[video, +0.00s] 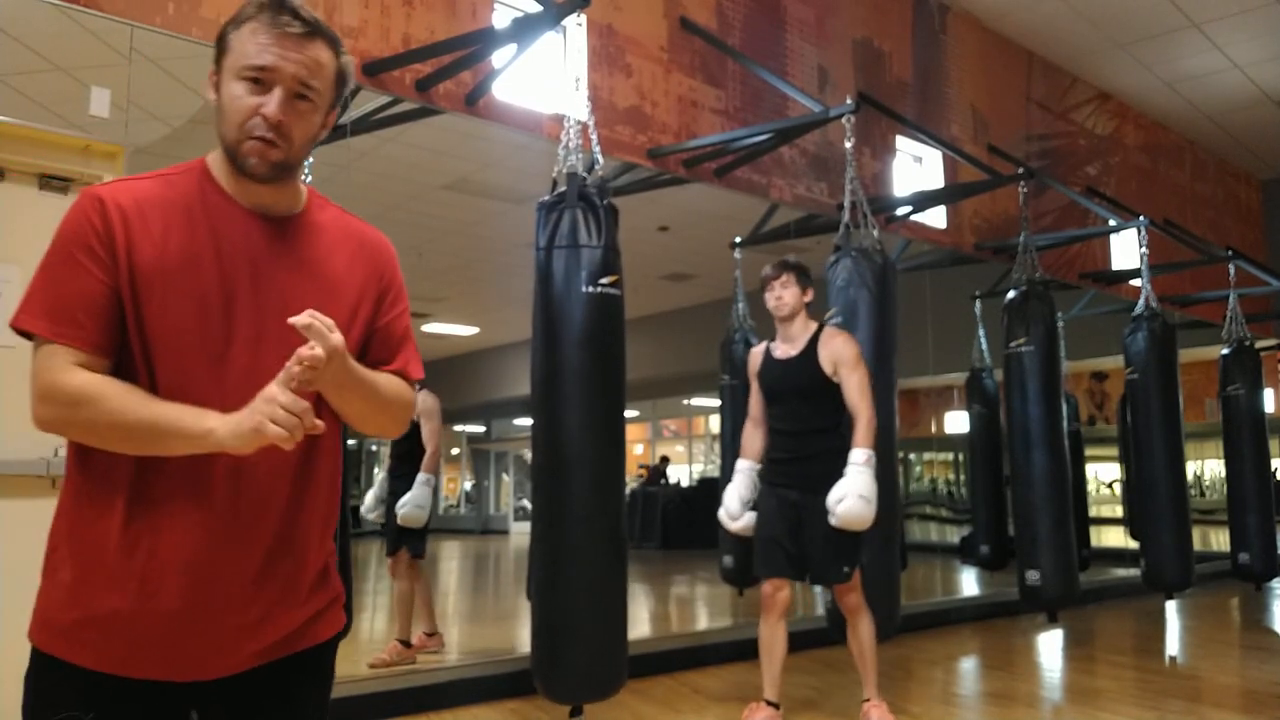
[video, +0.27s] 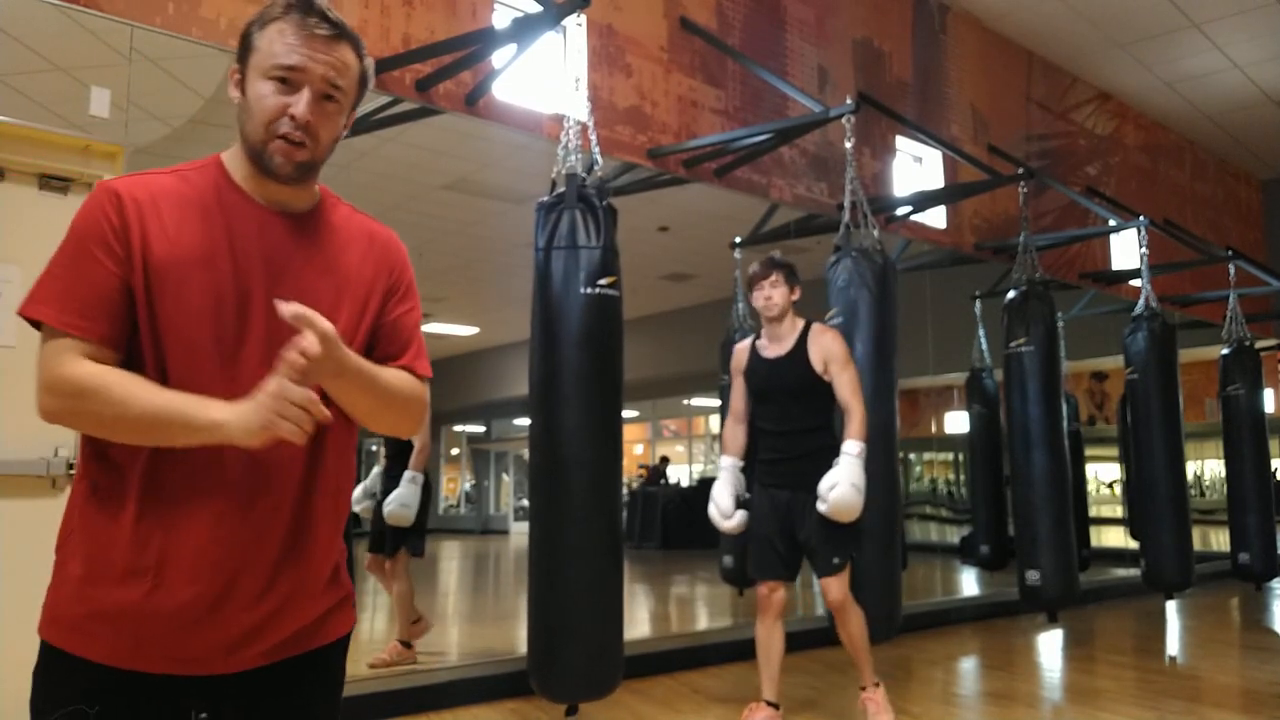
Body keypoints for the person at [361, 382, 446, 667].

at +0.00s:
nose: (393, 377)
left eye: (396, 370)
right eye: (391, 372)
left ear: (407, 370)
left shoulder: (425, 399)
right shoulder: (399, 403)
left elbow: (432, 450)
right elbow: (396, 457)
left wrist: (421, 488)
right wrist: (380, 490)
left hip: (412, 486)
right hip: (396, 485)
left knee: (400, 563)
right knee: (412, 564)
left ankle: (402, 642)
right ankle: (430, 632)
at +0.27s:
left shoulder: (417, 392)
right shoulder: (391, 399)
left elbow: (422, 444)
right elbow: (389, 452)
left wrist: (409, 485)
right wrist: (371, 484)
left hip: (407, 481)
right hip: (389, 482)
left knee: (397, 566)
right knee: (374, 563)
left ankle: (403, 643)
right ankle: (414, 619)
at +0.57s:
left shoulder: (398, 405)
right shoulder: (379, 408)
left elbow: (400, 446)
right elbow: (380, 453)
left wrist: (388, 483)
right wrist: (365, 481)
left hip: (396, 483)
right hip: (379, 481)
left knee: (389, 563)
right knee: (366, 563)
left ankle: (402, 643)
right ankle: (366, 633)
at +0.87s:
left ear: (369, 385)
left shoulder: (377, 409)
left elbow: (378, 440)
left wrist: (368, 481)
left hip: (375, 487)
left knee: (358, 565)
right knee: (354, 565)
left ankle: (392, 630)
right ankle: (361, 635)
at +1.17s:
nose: (341, 385)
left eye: (343, 379)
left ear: (352, 377)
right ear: (365, 377)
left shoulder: (362, 403)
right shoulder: (376, 408)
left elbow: (364, 444)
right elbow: (391, 460)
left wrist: (350, 485)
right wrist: (346, 461)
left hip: (372, 493)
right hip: (374, 492)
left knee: (353, 565)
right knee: (344, 567)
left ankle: (387, 627)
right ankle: (362, 634)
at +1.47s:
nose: (342, 380)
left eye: (345, 374)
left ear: (352, 375)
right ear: (366, 375)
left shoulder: (362, 403)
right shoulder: (371, 406)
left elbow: (364, 444)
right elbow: (386, 457)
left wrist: (349, 485)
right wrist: (343, 459)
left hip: (372, 491)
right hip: (370, 490)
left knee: (353, 564)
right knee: (344, 565)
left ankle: (386, 628)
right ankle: (362, 634)